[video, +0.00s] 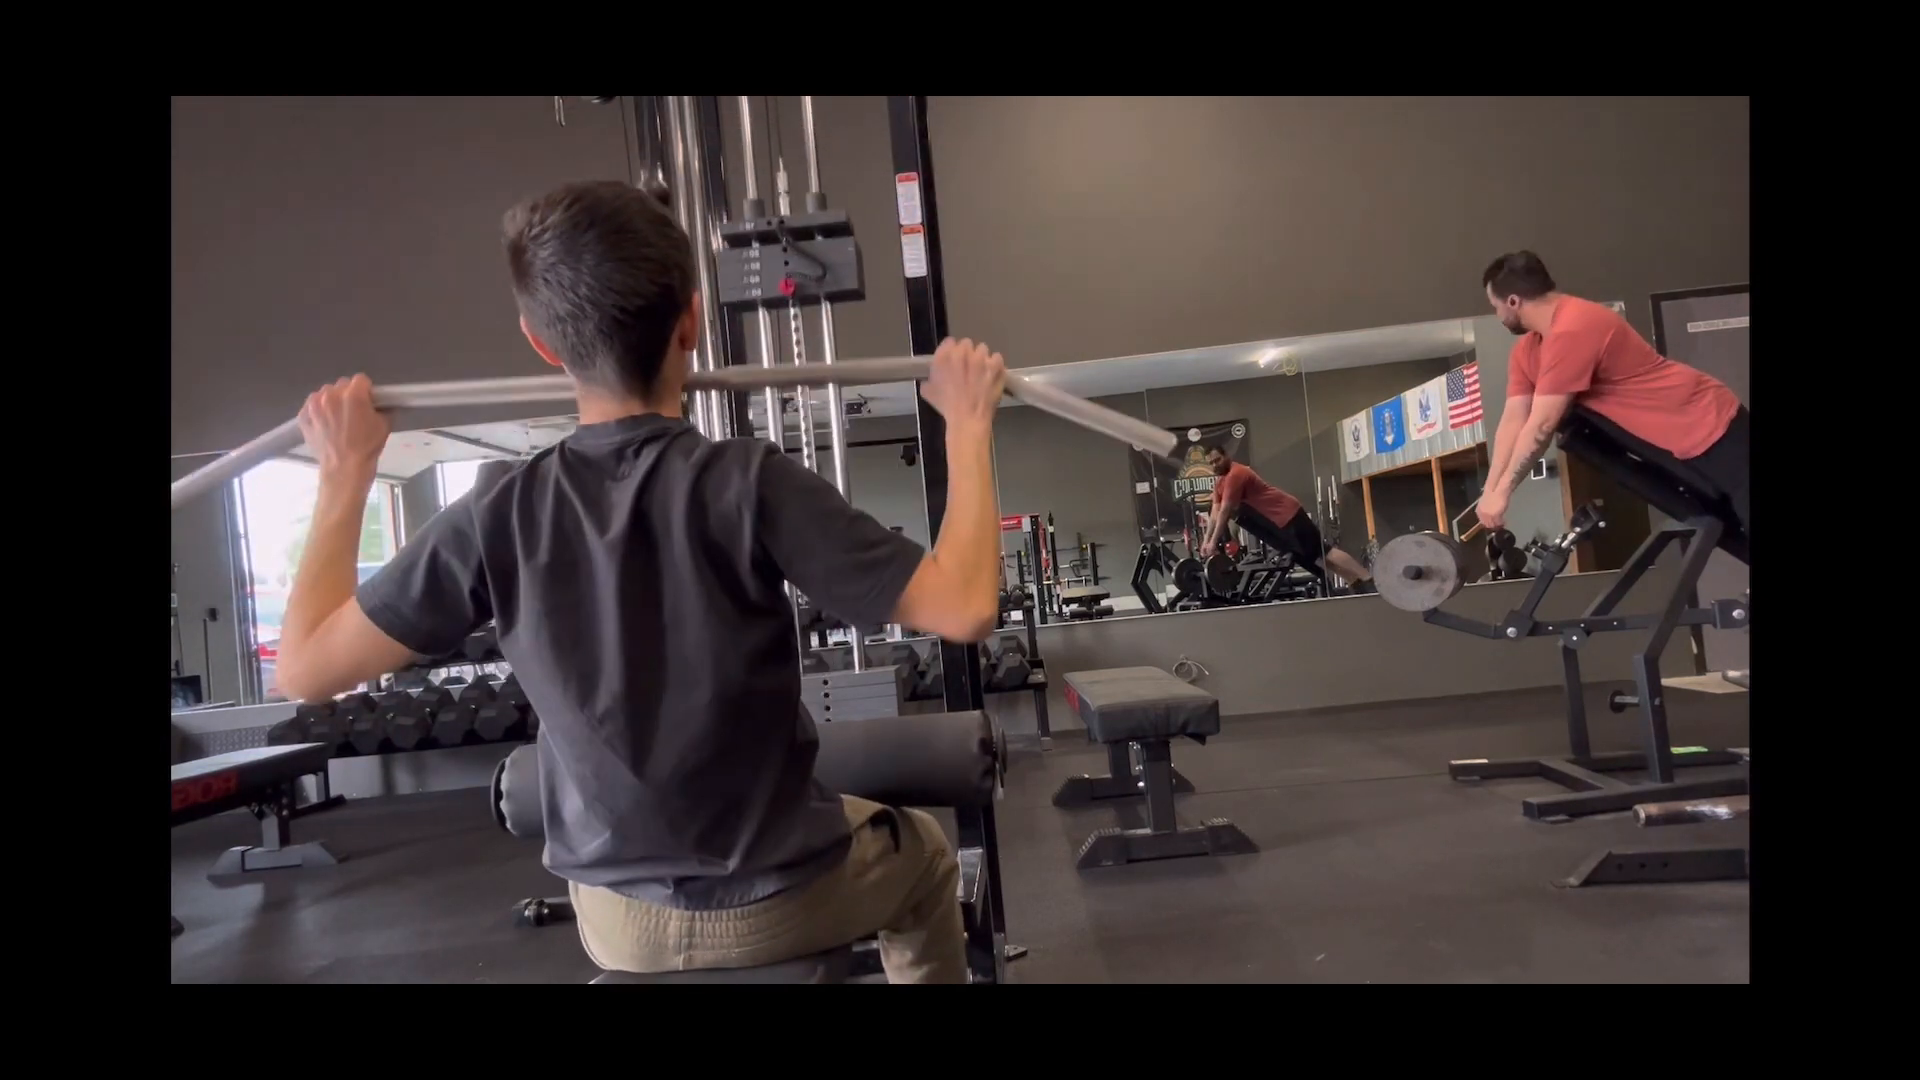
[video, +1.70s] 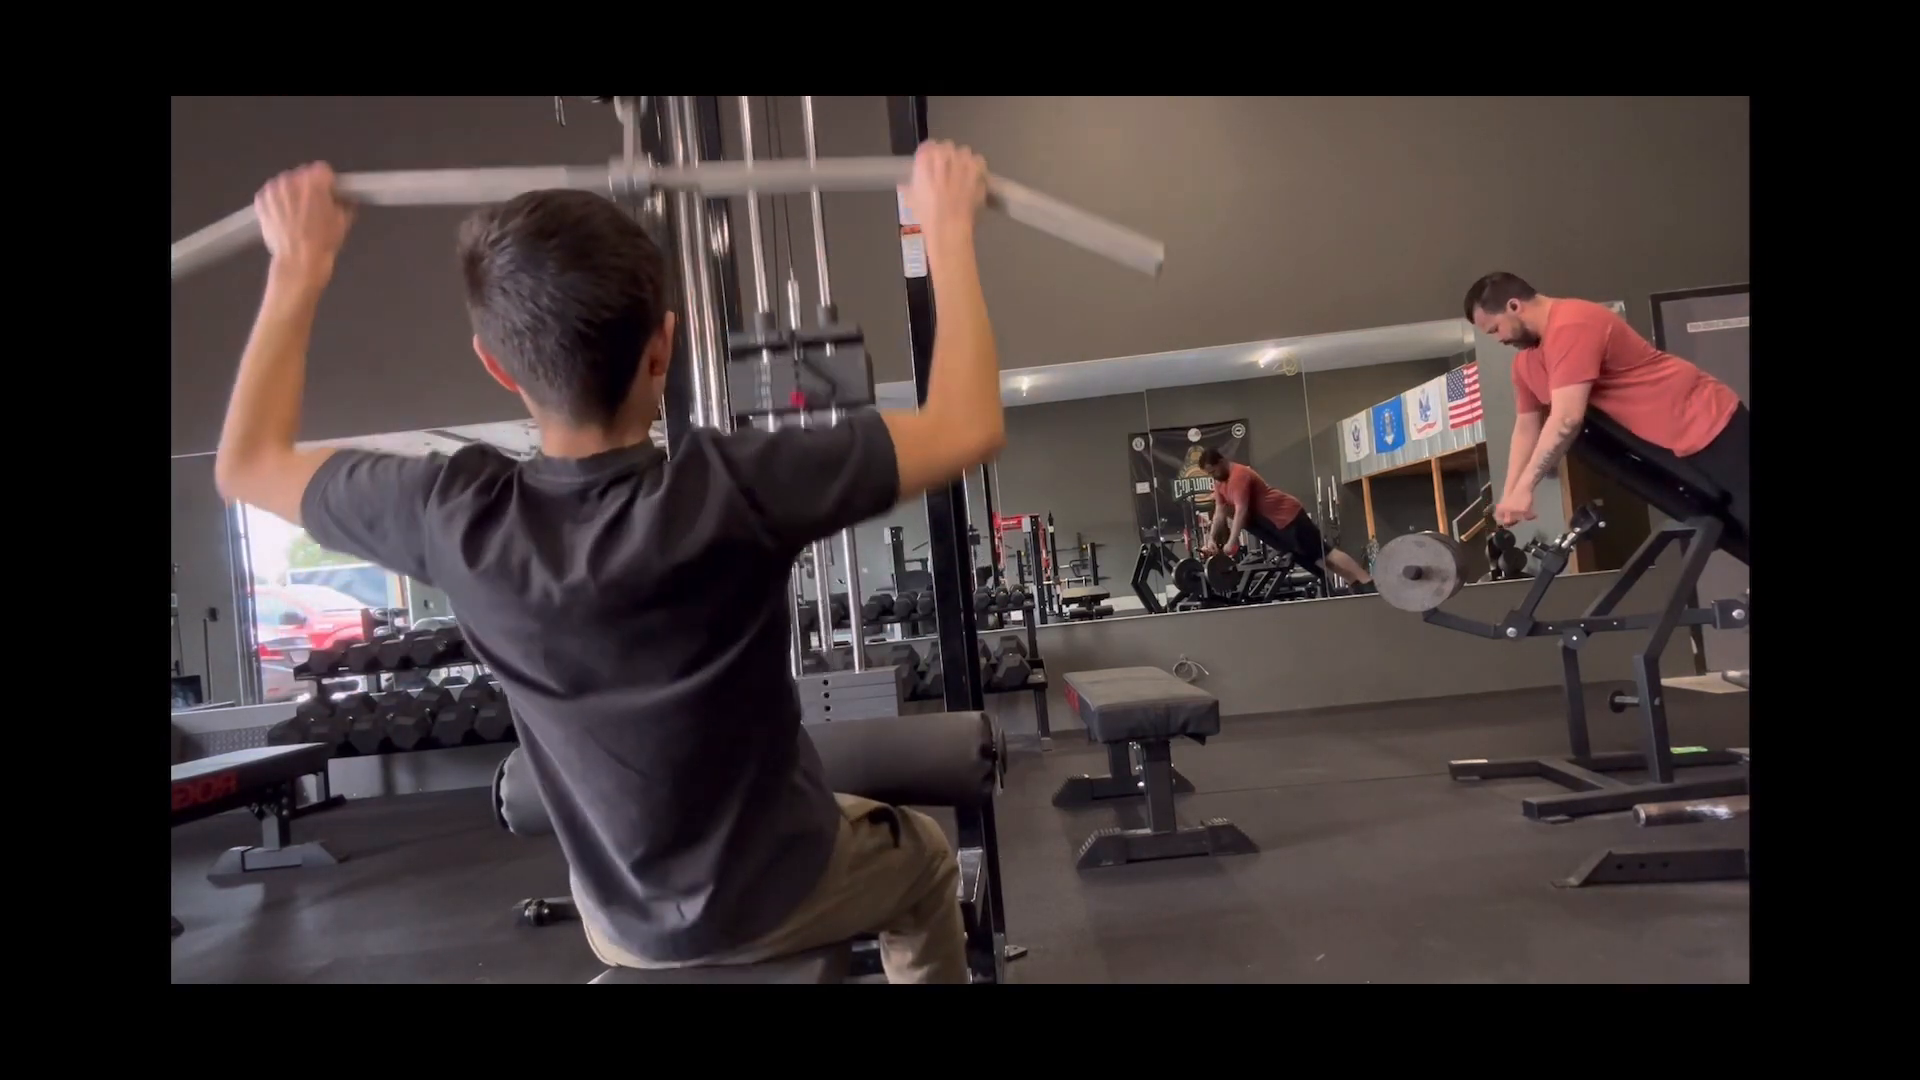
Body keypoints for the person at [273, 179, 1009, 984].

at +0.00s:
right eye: (698, 299)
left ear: (538, 345)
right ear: (691, 321)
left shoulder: (503, 515)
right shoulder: (750, 485)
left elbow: (305, 669)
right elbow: (964, 606)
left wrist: (342, 474)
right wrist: (968, 428)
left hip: (610, 917)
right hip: (777, 906)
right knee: (918, 850)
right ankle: (929, 977)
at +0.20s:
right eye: (698, 302)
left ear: (538, 343)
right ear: (693, 322)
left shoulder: (497, 506)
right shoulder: (759, 475)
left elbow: (304, 535)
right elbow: (982, 485)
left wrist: (342, 360)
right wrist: (963, 307)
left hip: (610, 916)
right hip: (776, 904)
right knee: (922, 852)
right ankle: (926, 977)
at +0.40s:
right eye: (696, 293)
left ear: (535, 336)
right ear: (693, 316)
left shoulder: (503, 477)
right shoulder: (761, 445)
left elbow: (335, 378)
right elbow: (944, 345)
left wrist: (342, 199)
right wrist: (945, 160)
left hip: (612, 912)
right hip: (778, 904)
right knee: (920, 860)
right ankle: (931, 981)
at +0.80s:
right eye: (730, 292)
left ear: (580, 326)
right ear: (720, 315)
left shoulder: (543, 432)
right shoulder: (770, 411)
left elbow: (423, 245)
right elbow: (873, 219)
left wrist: (362, 95)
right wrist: (913, 82)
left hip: (622, 903)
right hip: (785, 897)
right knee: (920, 854)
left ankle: (633, 966)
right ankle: (933, 977)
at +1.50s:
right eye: (681, 302)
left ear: (513, 342)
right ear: (676, 326)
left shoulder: (485, 464)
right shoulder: (737, 442)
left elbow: (314, 298)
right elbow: (903, 267)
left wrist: (296, 116)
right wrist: (921, 91)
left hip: (617, 909)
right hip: (773, 898)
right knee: (922, 859)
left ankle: (634, 975)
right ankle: (926, 976)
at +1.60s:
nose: (675, 332)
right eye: (674, 314)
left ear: (499, 358)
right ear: (664, 342)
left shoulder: (468, 491)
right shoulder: (737, 464)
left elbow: (272, 370)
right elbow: (939, 335)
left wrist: (295, 169)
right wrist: (938, 135)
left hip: (618, 919)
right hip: (772, 893)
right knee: (922, 858)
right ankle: (929, 980)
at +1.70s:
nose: (670, 331)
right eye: (671, 316)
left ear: (493, 366)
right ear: (661, 344)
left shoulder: (459, 516)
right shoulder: (738, 482)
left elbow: (245, 463)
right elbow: (968, 426)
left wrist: (295, 269)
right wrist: (950, 234)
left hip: (615, 915)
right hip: (774, 889)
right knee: (921, 865)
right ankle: (930, 976)